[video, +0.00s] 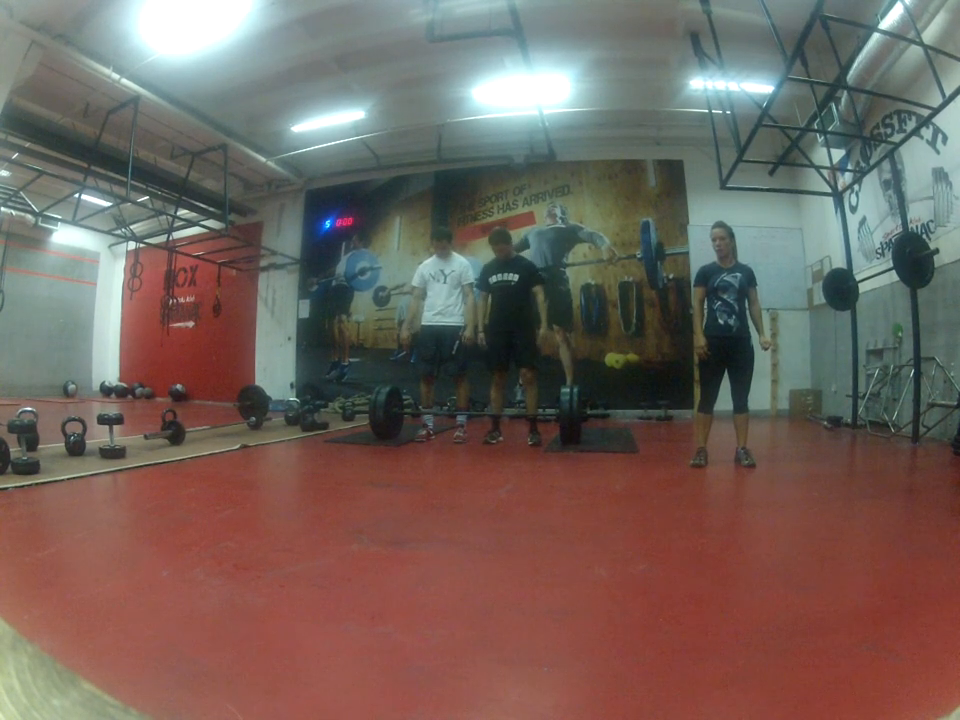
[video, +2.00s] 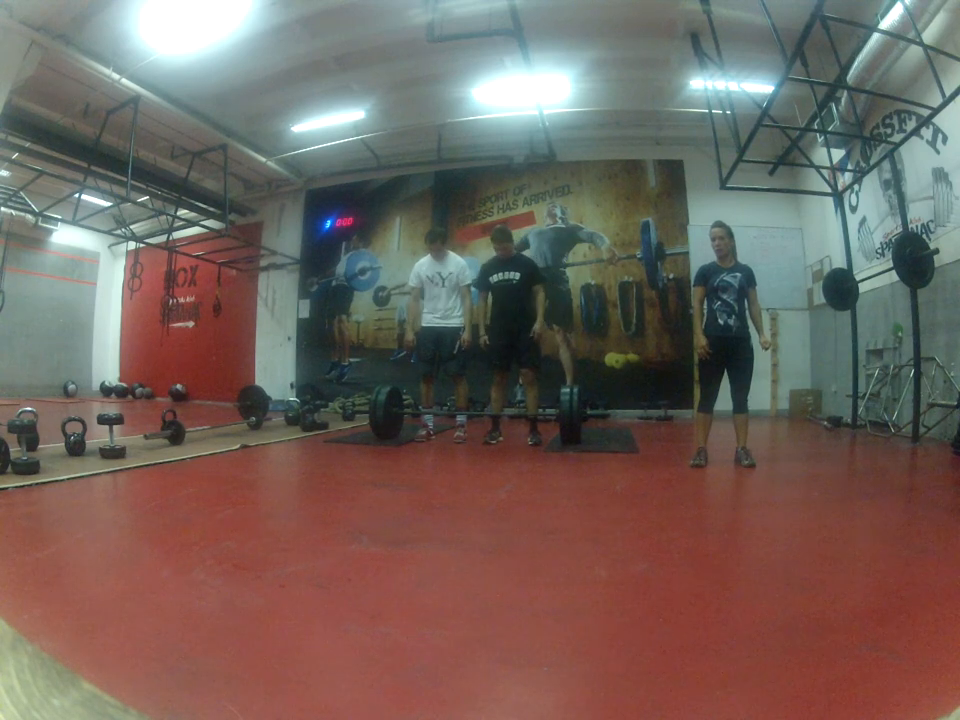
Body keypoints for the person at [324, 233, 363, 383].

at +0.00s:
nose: (353, 243)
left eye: (355, 241)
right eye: (353, 241)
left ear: (360, 242)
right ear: (354, 242)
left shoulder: (361, 256)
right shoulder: (349, 256)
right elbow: (337, 272)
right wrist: (319, 279)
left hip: (345, 288)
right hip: (335, 288)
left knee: (342, 324)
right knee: (333, 325)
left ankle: (345, 363)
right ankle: (335, 361)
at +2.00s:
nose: (352, 243)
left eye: (355, 241)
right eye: (353, 240)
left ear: (361, 243)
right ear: (353, 242)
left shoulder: (359, 257)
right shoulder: (347, 256)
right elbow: (337, 273)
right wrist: (319, 279)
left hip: (345, 288)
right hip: (335, 288)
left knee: (342, 323)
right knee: (334, 325)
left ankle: (345, 362)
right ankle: (335, 360)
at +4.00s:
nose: (353, 243)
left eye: (356, 241)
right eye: (353, 241)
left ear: (361, 243)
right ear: (352, 242)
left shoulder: (360, 256)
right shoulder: (347, 256)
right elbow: (336, 273)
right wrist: (319, 279)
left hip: (346, 288)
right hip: (335, 288)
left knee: (342, 324)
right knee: (334, 324)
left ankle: (345, 362)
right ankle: (335, 361)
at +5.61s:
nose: (354, 243)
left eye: (357, 241)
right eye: (354, 240)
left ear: (362, 243)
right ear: (352, 242)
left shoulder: (361, 257)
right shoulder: (347, 257)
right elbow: (336, 273)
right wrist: (319, 280)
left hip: (346, 289)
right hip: (335, 289)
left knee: (343, 326)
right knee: (333, 326)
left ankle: (345, 364)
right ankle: (335, 362)